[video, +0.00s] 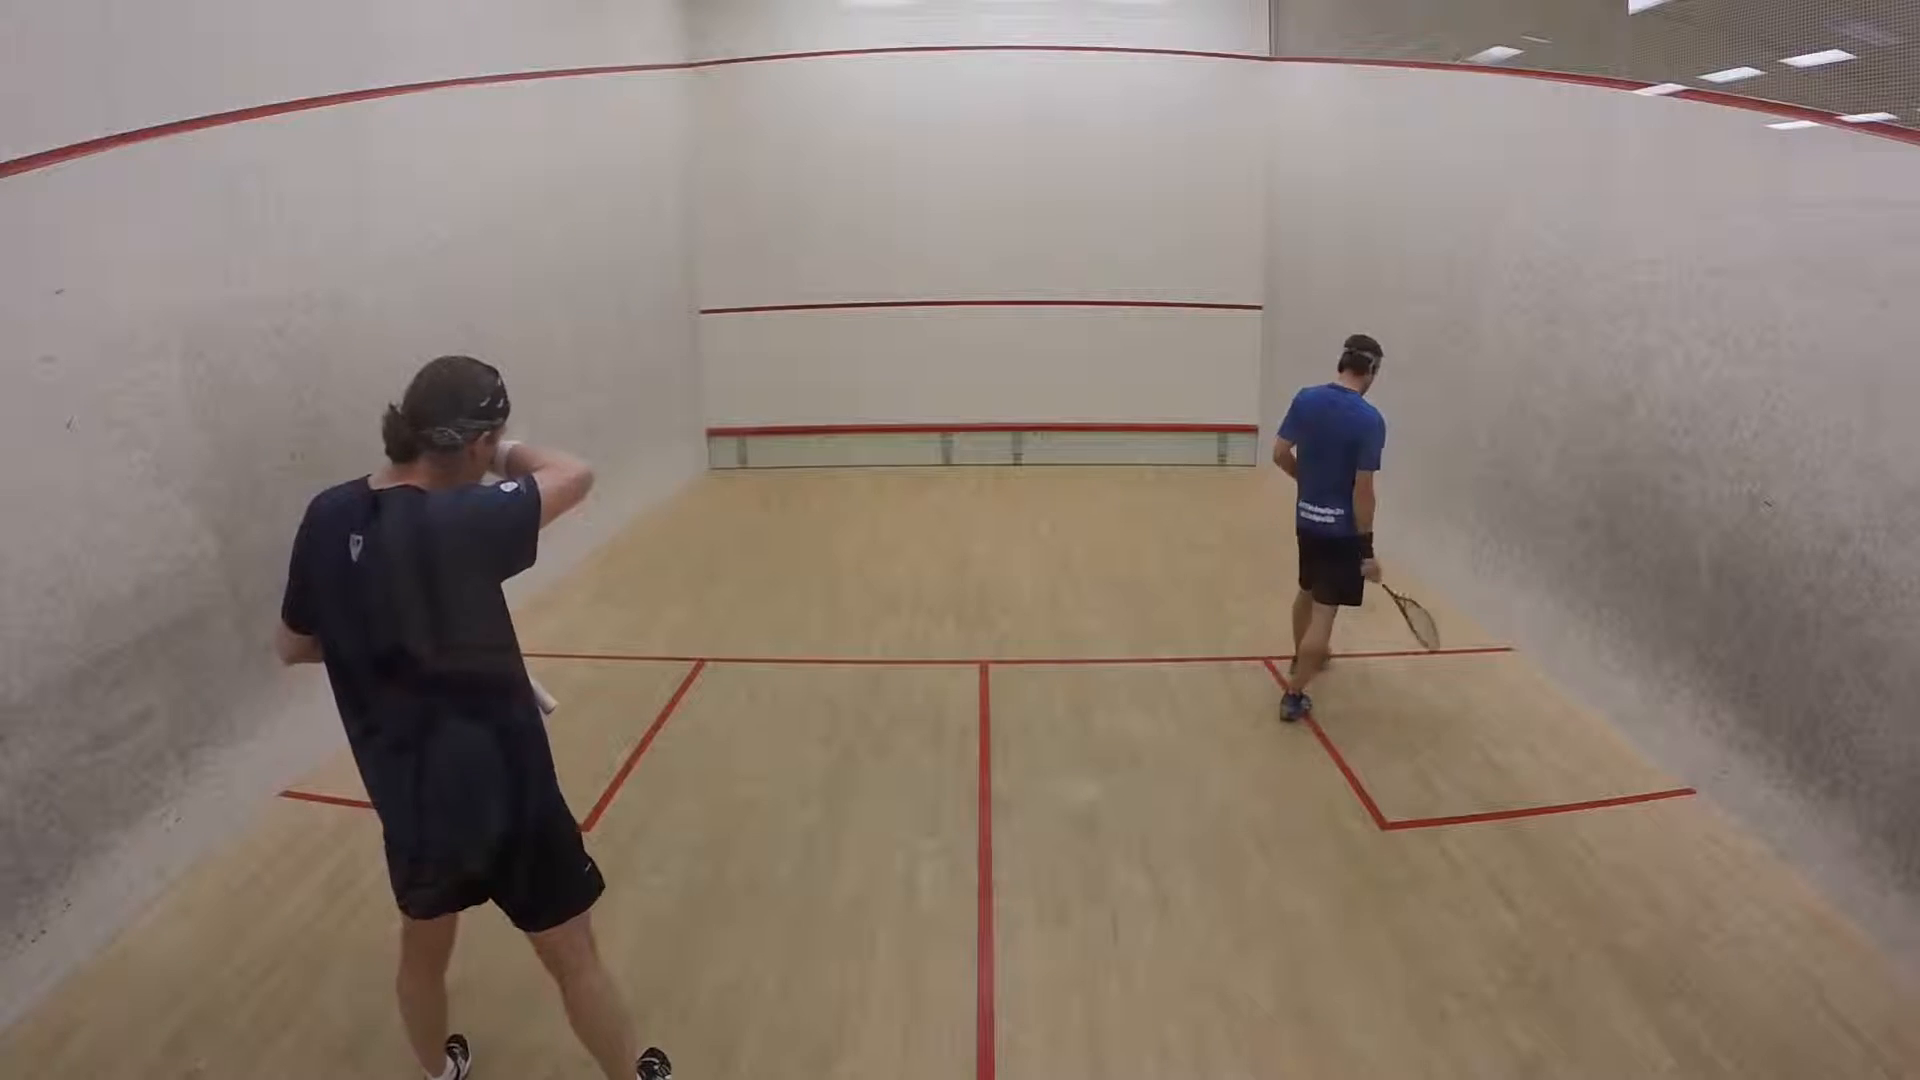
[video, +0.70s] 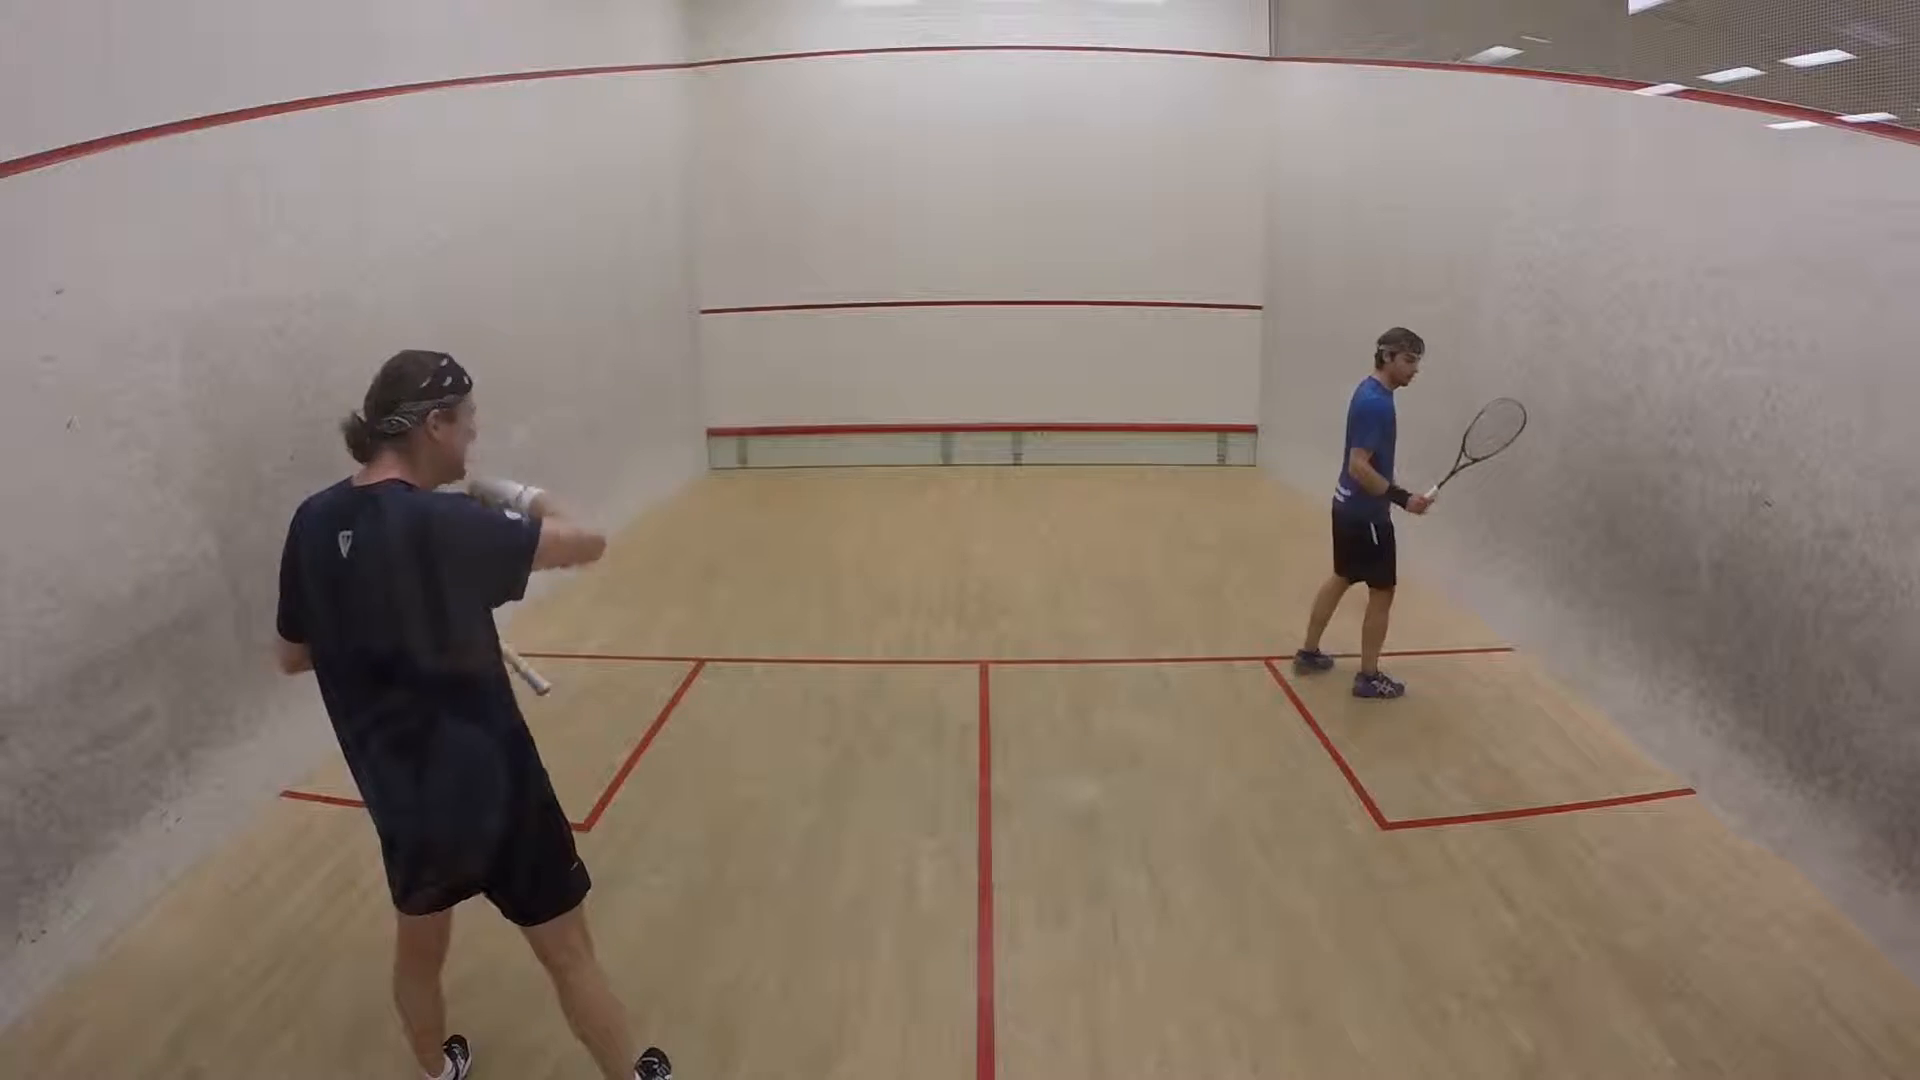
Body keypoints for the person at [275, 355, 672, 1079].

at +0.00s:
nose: (499, 446)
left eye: (498, 435)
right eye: (494, 437)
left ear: (406, 431)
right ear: (474, 444)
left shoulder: (331, 517)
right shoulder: (472, 521)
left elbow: (294, 644)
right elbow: (572, 476)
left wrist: (380, 625)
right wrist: (502, 451)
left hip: (412, 801)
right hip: (509, 792)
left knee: (423, 952)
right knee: (572, 958)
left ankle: (435, 1070)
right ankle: (632, 1072)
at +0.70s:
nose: (473, 436)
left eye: (471, 419)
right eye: (465, 420)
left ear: (383, 427)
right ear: (429, 424)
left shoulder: (315, 521)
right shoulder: (449, 524)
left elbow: (292, 655)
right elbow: (584, 542)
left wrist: (380, 614)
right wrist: (520, 497)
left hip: (401, 797)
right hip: (496, 785)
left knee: (419, 952)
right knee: (568, 953)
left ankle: (433, 1070)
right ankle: (630, 1071)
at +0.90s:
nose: (472, 421)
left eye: (468, 405)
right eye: (460, 408)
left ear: (391, 423)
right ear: (414, 421)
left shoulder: (316, 524)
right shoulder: (455, 527)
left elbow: (299, 658)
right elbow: (571, 640)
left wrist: (370, 616)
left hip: (405, 796)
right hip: (501, 783)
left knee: (419, 955)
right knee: (571, 950)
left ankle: (435, 1070)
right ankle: (631, 1071)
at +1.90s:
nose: (475, 407)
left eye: (468, 392)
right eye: (461, 397)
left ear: (392, 424)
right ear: (421, 421)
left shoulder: (325, 527)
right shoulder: (469, 525)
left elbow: (309, 674)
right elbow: (547, 676)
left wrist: (374, 738)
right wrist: (524, 627)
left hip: (406, 786)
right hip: (505, 777)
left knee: (420, 955)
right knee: (575, 954)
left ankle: (437, 1069)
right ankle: (632, 1071)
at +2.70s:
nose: (437, 422)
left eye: (430, 408)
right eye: (430, 411)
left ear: (344, 444)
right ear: (416, 433)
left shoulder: (305, 554)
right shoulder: (484, 520)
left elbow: (282, 715)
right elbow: (578, 640)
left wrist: (297, 819)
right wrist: (500, 653)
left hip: (393, 807)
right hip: (500, 787)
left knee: (412, 951)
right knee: (577, 938)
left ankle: (437, 1067)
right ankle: (644, 1069)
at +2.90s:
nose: (446, 429)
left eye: (438, 417)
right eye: (440, 421)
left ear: (356, 463)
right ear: (436, 444)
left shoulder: (333, 582)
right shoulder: (506, 529)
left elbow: (298, 748)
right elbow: (549, 639)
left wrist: (281, 863)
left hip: (417, 838)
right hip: (529, 807)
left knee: (410, 978)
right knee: (583, 945)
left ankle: (427, 1072)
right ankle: (641, 1069)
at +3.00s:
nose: (453, 440)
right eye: (448, 430)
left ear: (356, 477)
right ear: (444, 452)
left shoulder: (346, 602)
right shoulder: (505, 531)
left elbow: (280, 756)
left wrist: (238, 847)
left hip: (424, 858)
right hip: (531, 825)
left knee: (394, 1003)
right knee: (580, 953)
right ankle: (641, 1070)